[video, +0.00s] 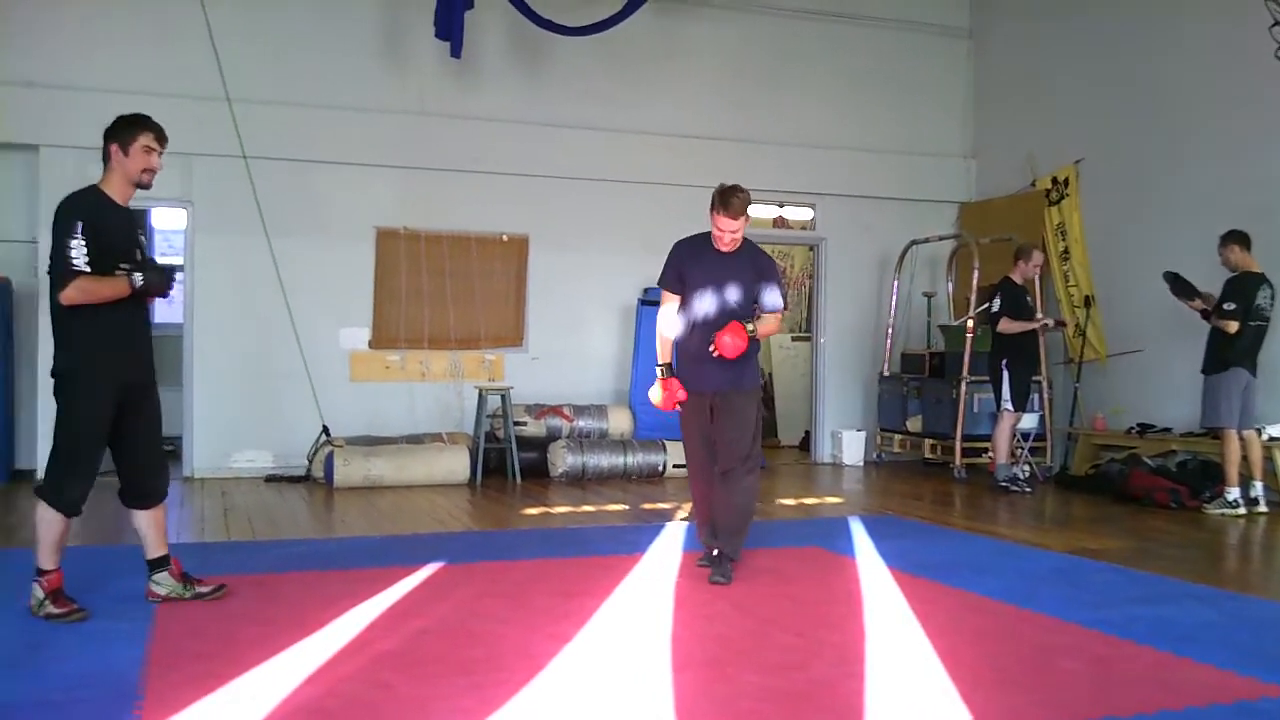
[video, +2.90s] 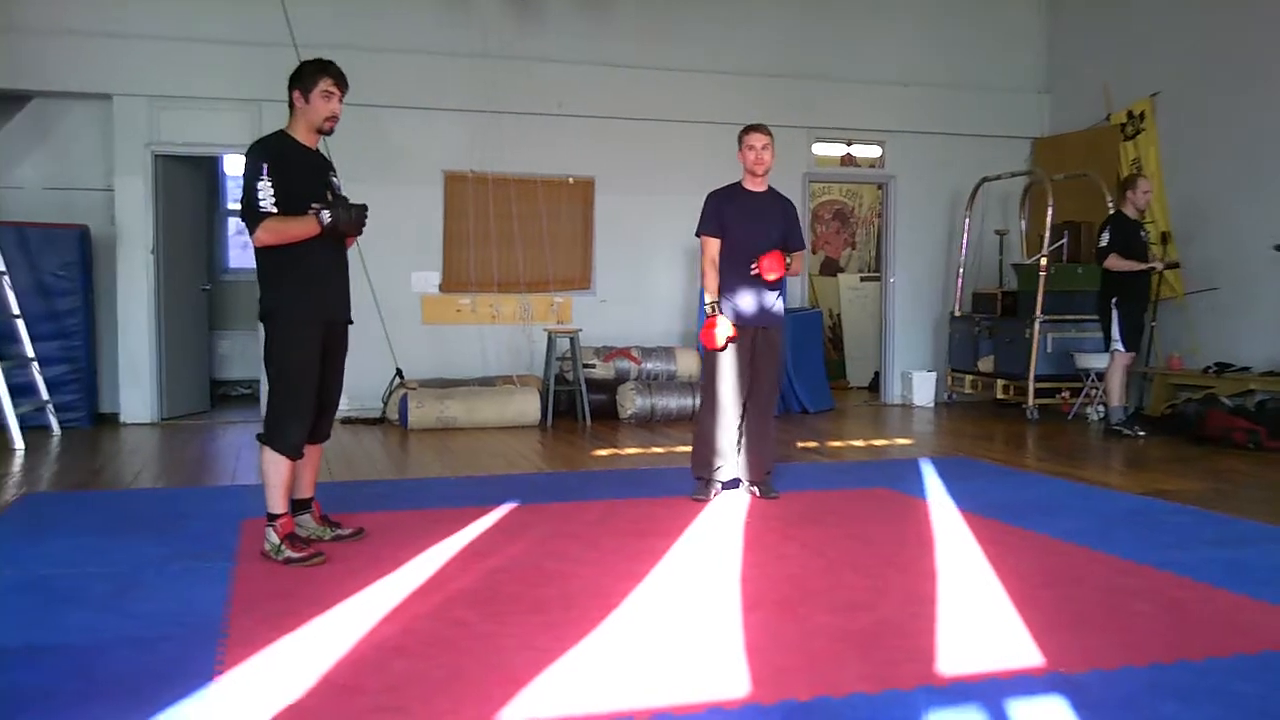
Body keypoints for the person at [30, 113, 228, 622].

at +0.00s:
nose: (156, 162)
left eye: (159, 154)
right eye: (148, 151)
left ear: (148, 159)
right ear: (116, 151)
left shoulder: (134, 220)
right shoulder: (78, 208)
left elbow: (130, 287)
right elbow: (68, 291)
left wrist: (151, 283)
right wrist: (137, 282)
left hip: (134, 370)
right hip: (85, 371)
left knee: (146, 472)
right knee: (67, 476)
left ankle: (163, 575)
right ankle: (46, 588)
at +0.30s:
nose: (200, 161)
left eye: (204, 154)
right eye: (192, 151)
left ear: (202, 161)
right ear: (163, 152)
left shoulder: (187, 219)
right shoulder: (124, 207)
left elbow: (187, 298)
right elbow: (111, 282)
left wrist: (204, 287)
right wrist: (179, 274)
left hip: (188, 367)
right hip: (140, 366)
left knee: (179, 469)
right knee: (121, 468)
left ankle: (175, 572)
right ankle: (68, 575)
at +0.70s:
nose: (224, 140)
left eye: (229, 133)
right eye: (216, 129)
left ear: (229, 139)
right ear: (189, 129)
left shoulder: (216, 200)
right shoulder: (143, 176)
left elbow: (228, 277)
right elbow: (114, 243)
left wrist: (220, 254)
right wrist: (181, 242)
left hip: (196, 334)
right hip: (149, 331)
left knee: (184, 437)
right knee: (152, 436)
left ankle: (168, 535)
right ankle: (143, 547)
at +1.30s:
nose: (256, 113)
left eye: (260, 104)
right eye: (249, 100)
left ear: (245, 105)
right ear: (216, 97)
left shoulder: (226, 164)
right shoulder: (182, 153)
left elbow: (216, 230)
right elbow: (178, 237)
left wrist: (246, 227)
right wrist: (242, 226)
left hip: (237, 311)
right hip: (199, 313)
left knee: (255, 417)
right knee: (207, 421)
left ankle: (200, 498)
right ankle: (210, 540)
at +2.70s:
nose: (291, 106)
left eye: (295, 98)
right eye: (282, 95)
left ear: (293, 104)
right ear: (253, 96)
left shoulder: (278, 162)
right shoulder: (221, 151)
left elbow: (284, 236)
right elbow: (216, 232)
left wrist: (305, 225)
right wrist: (280, 220)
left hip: (288, 309)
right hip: (247, 310)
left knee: (277, 414)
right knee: (243, 416)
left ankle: (265, 516)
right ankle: (238, 534)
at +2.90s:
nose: (336, 107)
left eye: (340, 99)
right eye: (327, 96)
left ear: (337, 105)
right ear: (298, 98)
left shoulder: (323, 163)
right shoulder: (266, 152)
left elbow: (327, 236)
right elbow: (261, 232)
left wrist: (348, 226)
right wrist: (325, 219)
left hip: (330, 309)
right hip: (290, 309)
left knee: (319, 412)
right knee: (287, 414)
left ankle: (304, 514)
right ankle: (277, 531)